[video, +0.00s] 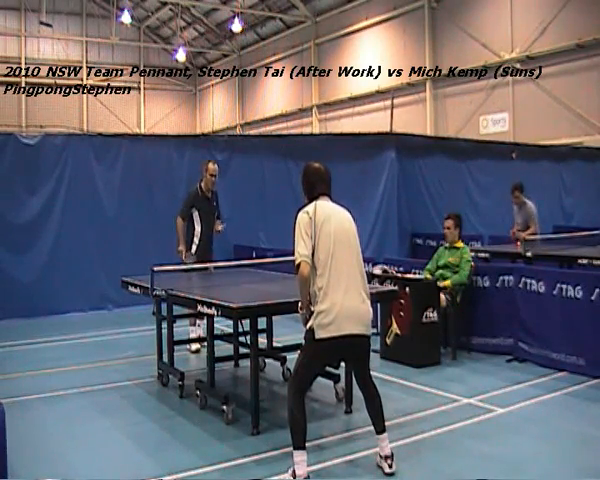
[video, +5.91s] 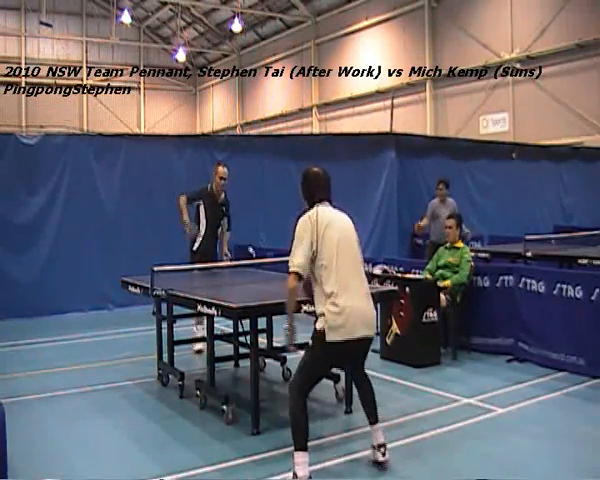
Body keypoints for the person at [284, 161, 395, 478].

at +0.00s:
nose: (304, 190)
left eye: (303, 185)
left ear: (305, 187)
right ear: (329, 186)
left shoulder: (307, 215)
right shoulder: (346, 215)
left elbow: (304, 267)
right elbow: (355, 264)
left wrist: (304, 304)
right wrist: (327, 298)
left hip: (328, 322)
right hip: (360, 319)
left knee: (296, 388)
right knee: (365, 379)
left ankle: (300, 466)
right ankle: (386, 451)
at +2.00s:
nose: (307, 191)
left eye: (307, 186)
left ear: (309, 189)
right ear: (332, 187)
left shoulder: (313, 218)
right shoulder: (350, 214)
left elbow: (306, 273)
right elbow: (358, 262)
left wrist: (308, 313)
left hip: (340, 317)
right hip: (373, 314)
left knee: (310, 385)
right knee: (367, 377)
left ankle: (321, 461)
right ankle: (386, 449)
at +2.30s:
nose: (331, 189)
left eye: (331, 184)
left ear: (332, 188)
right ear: (356, 186)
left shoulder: (334, 219)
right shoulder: (371, 216)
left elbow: (315, 270)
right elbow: (384, 267)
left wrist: (301, 304)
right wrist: (384, 300)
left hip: (359, 322)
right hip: (387, 317)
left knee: (330, 390)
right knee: (382, 373)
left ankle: (328, 465)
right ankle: (396, 437)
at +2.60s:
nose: (374, 166)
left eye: (370, 161)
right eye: (385, 161)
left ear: (368, 163)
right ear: (391, 164)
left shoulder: (362, 189)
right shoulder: (404, 196)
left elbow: (348, 237)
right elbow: (418, 250)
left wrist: (348, 282)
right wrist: (405, 279)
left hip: (370, 290)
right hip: (399, 291)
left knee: (355, 362)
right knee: (391, 360)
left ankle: (361, 432)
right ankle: (396, 433)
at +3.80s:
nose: (340, 154)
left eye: (340, 149)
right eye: (345, 147)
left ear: (345, 150)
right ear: (369, 150)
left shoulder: (343, 182)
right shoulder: (385, 189)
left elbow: (336, 233)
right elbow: (396, 245)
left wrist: (340, 273)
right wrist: (377, 269)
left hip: (354, 297)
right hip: (385, 298)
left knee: (325, 365)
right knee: (382, 370)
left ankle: (319, 445)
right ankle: (387, 444)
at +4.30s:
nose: (294, 174)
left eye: (294, 168)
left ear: (295, 171)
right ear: (321, 171)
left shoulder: (295, 200)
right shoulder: (338, 204)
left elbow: (288, 248)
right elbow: (348, 258)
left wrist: (298, 292)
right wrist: (341, 291)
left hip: (315, 318)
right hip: (348, 316)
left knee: (290, 389)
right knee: (359, 379)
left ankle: (297, 468)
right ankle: (380, 450)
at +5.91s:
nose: (302, 195)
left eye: (302, 190)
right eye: (309, 188)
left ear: (305, 192)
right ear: (329, 191)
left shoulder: (309, 221)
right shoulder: (345, 219)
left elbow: (294, 280)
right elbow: (350, 268)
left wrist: (290, 323)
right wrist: (325, 308)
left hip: (335, 325)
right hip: (366, 322)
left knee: (298, 388)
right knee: (358, 373)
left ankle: (301, 468)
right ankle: (379, 443)